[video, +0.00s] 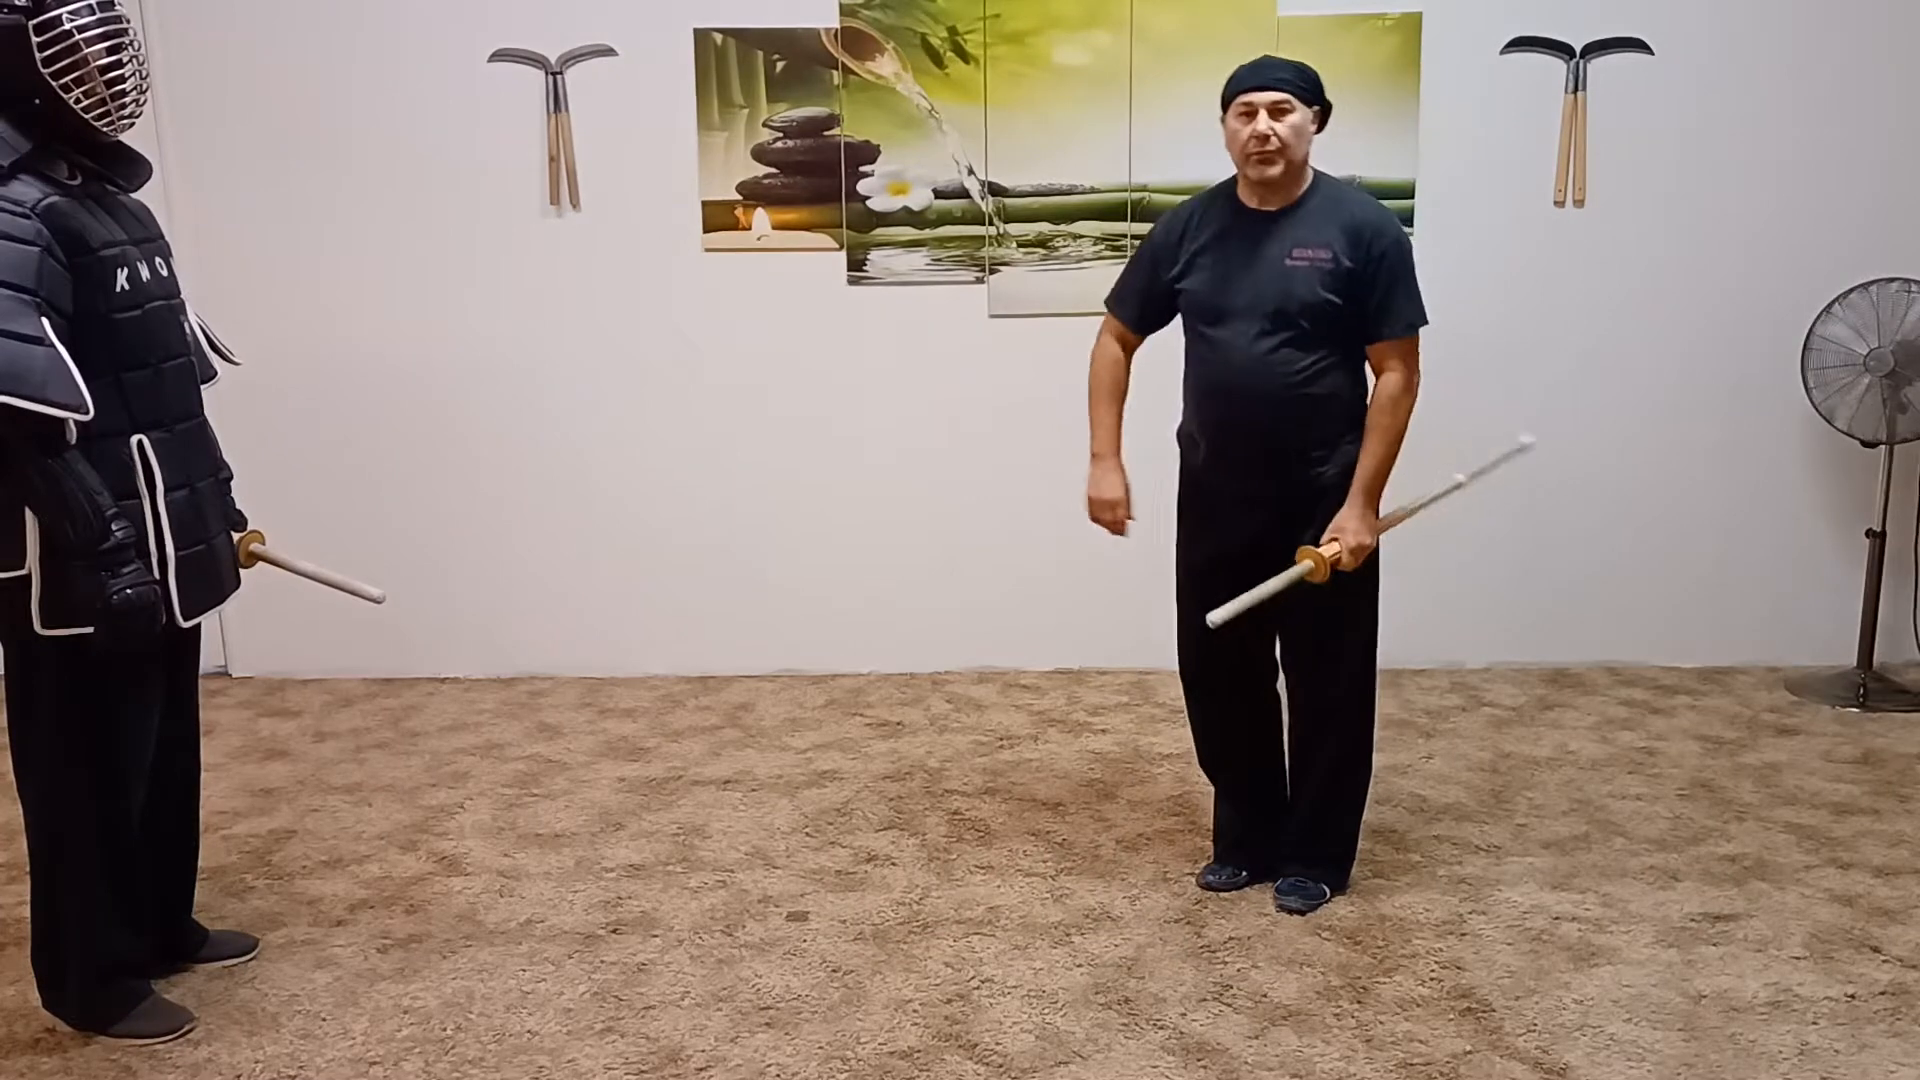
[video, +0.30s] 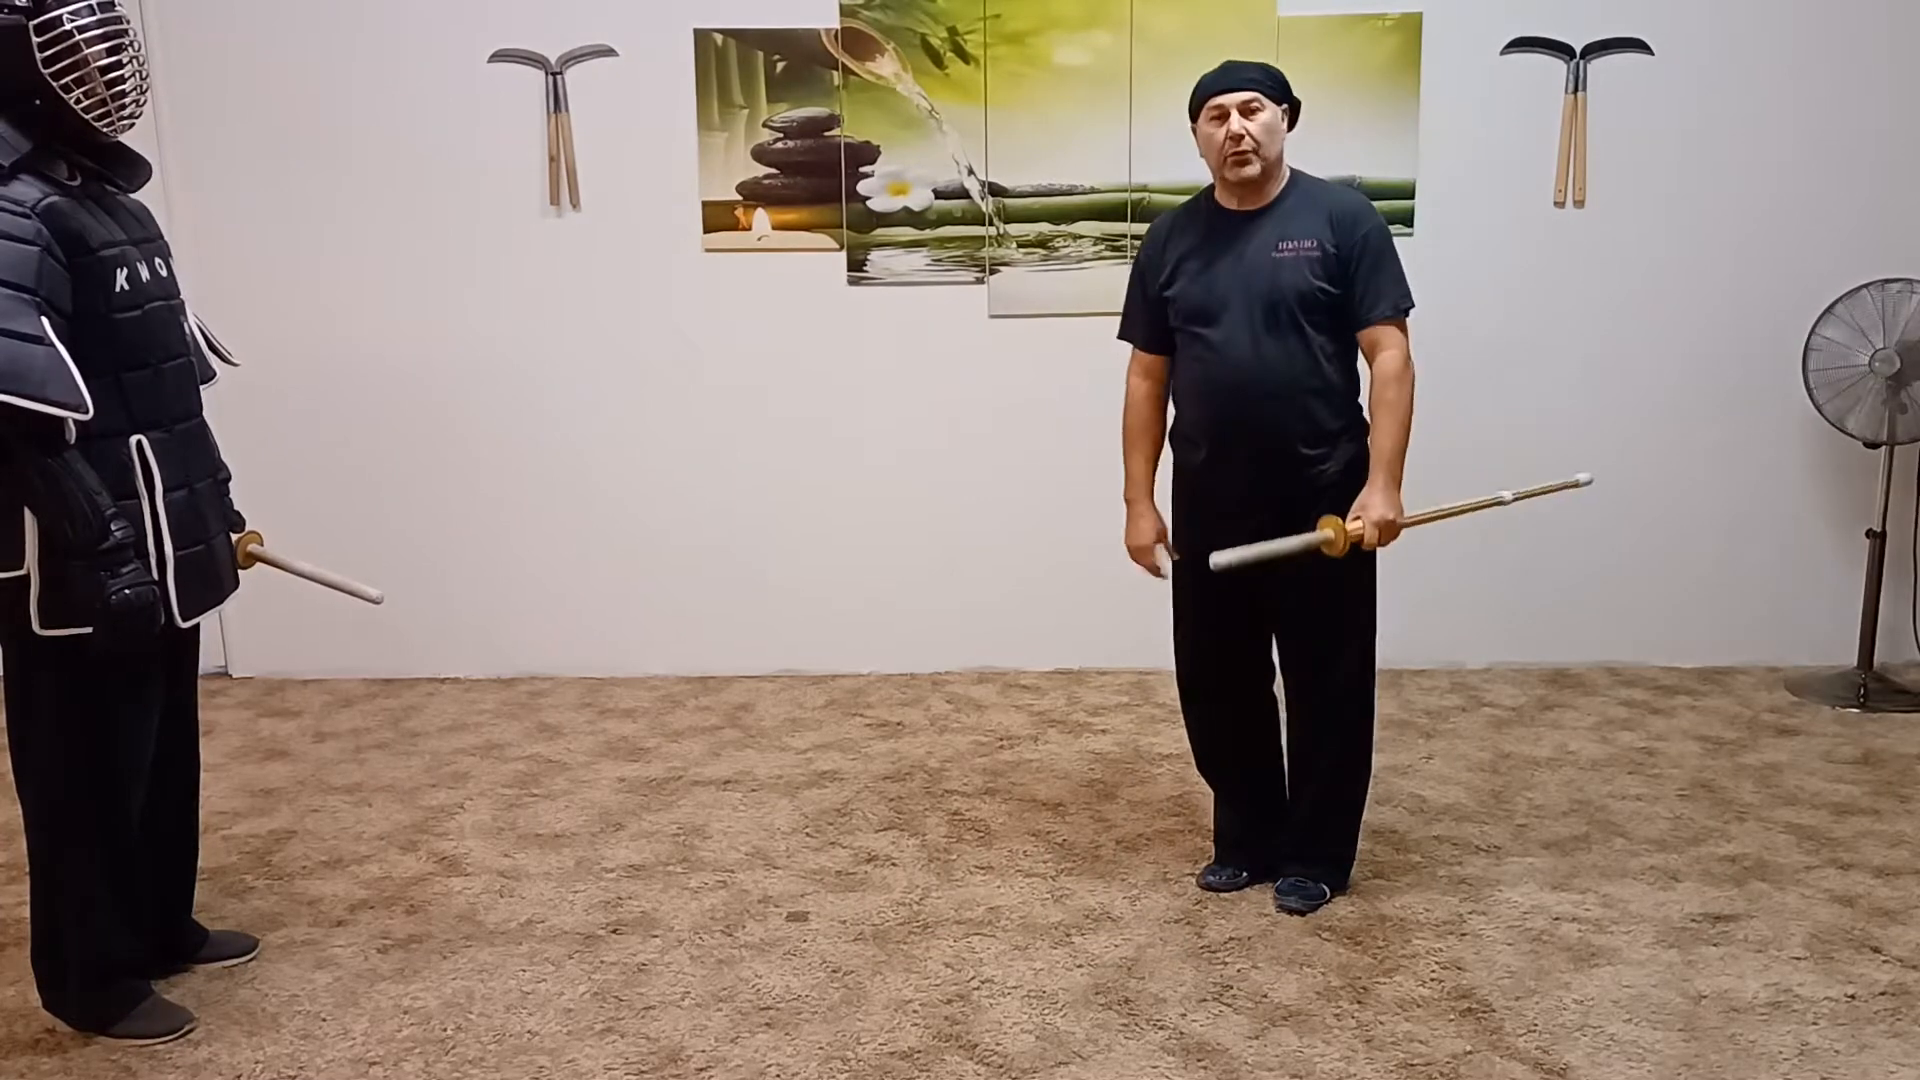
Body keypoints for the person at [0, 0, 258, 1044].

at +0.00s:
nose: (123, 67)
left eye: (119, 48)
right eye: (98, 49)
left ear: (100, 67)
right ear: (44, 67)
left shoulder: (119, 197)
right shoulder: (21, 206)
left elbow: (174, 380)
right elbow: (26, 400)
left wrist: (219, 509)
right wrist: (101, 538)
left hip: (159, 541)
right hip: (71, 553)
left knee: (161, 748)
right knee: (86, 768)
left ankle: (161, 931)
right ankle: (90, 981)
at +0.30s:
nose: (125, 68)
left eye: (121, 48)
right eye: (100, 50)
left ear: (97, 68)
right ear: (47, 67)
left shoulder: (118, 199)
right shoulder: (20, 208)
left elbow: (173, 383)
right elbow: (26, 402)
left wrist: (219, 510)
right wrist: (100, 541)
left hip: (158, 546)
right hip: (71, 558)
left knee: (160, 752)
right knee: (85, 772)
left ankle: (161, 932)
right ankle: (88, 982)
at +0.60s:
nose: (125, 70)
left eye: (121, 50)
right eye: (101, 52)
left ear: (98, 70)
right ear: (47, 68)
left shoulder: (121, 200)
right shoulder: (20, 207)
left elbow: (174, 382)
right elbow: (22, 402)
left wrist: (219, 507)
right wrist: (101, 538)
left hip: (159, 542)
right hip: (71, 552)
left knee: (160, 751)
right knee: (84, 771)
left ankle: (162, 933)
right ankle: (88, 982)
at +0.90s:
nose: (124, 83)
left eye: (121, 63)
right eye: (101, 66)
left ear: (97, 77)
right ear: (50, 79)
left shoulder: (122, 203)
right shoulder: (19, 211)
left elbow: (175, 382)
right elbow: (23, 404)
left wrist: (218, 508)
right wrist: (98, 538)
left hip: (158, 544)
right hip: (69, 557)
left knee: (160, 752)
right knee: (84, 772)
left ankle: (161, 933)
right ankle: (88, 982)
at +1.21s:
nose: (117, 75)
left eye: (112, 56)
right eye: (93, 58)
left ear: (89, 75)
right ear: (43, 75)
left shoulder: (121, 203)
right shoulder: (20, 212)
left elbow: (172, 383)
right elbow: (25, 407)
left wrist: (217, 508)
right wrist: (93, 543)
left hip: (157, 545)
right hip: (69, 559)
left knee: (159, 751)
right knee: (84, 773)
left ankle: (161, 932)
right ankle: (88, 983)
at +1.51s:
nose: (112, 74)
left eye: (107, 56)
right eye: (89, 58)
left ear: (86, 77)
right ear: (41, 76)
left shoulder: (119, 203)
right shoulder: (18, 209)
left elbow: (170, 378)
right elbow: (23, 404)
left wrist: (216, 507)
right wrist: (94, 538)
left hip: (155, 542)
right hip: (67, 555)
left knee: (158, 750)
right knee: (83, 771)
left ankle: (161, 932)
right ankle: (88, 983)